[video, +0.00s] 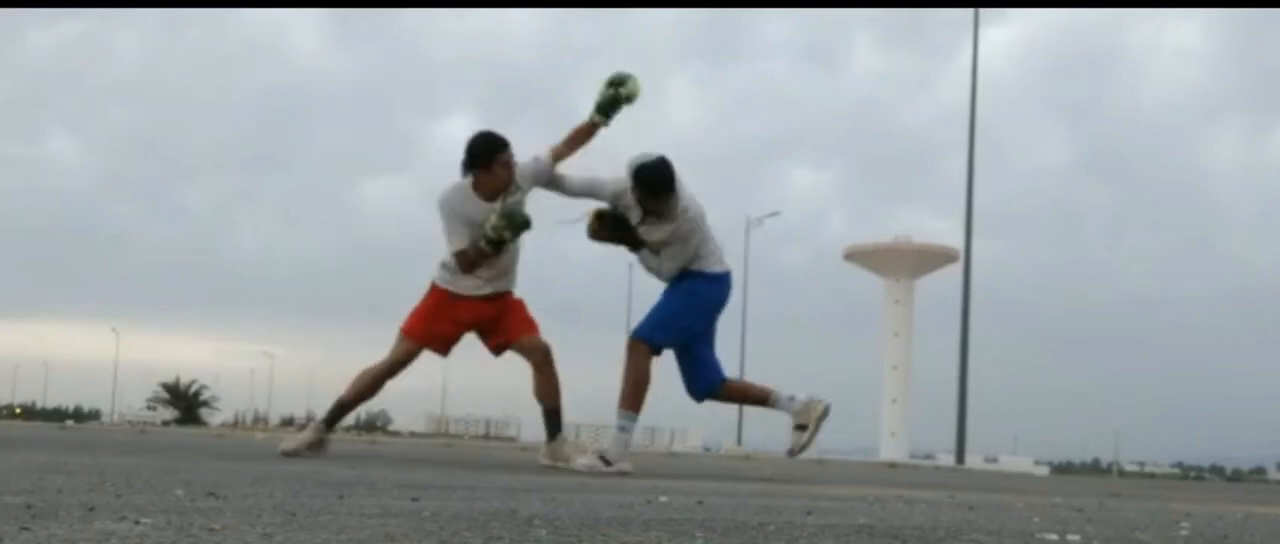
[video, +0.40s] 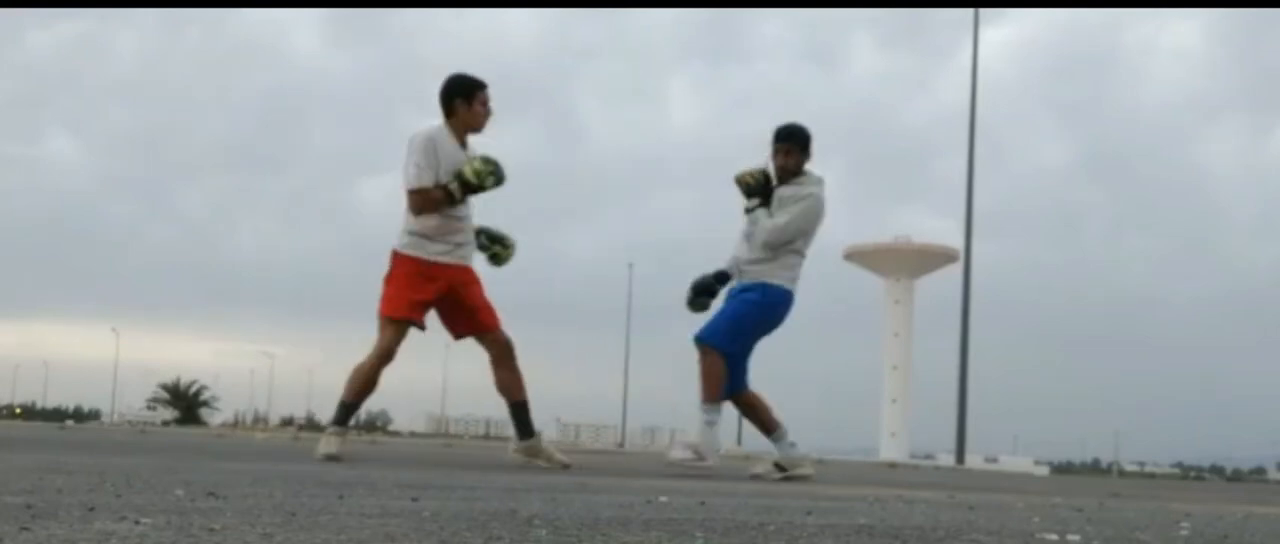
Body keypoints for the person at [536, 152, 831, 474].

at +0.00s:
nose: (659, 210)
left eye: (664, 203)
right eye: (651, 203)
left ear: (672, 191)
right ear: (637, 193)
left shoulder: (687, 216)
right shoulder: (625, 192)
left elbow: (665, 270)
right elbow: (571, 186)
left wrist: (626, 242)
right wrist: (530, 171)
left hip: (706, 283)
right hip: (686, 284)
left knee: (640, 345)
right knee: (706, 384)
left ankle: (616, 453)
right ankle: (801, 408)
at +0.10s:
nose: (671, 204)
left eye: (679, 199)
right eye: (666, 196)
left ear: (695, 190)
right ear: (658, 185)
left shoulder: (706, 219)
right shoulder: (652, 199)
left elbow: (669, 278)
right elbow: (602, 201)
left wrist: (652, 238)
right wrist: (546, 202)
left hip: (708, 296)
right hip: (691, 297)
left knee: (629, 346)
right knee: (685, 402)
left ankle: (614, 451)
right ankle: (780, 410)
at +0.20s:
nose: (720, 181)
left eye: (728, 175)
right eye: (715, 172)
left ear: (739, 172)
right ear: (706, 166)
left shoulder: (741, 208)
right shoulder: (693, 188)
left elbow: (697, 259)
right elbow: (653, 223)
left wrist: (691, 215)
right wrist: (616, 256)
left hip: (718, 297)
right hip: (698, 294)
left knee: (640, 348)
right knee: (683, 400)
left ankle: (614, 450)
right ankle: (771, 434)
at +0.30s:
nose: (760, 168)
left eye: (768, 162)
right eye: (757, 160)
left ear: (782, 162)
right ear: (750, 156)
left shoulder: (780, 201)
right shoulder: (737, 187)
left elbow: (738, 241)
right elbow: (711, 241)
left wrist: (727, 201)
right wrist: (685, 278)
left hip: (739, 291)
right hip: (712, 290)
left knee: (681, 361)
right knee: (709, 391)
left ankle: (637, 442)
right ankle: (782, 445)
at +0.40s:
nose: (783, 160)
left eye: (792, 154)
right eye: (779, 152)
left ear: (805, 158)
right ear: (771, 154)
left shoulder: (809, 197)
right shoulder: (770, 191)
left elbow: (769, 239)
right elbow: (748, 247)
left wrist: (757, 204)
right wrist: (720, 277)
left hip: (769, 289)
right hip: (747, 288)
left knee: (710, 342)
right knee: (733, 387)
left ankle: (706, 444)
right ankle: (791, 455)